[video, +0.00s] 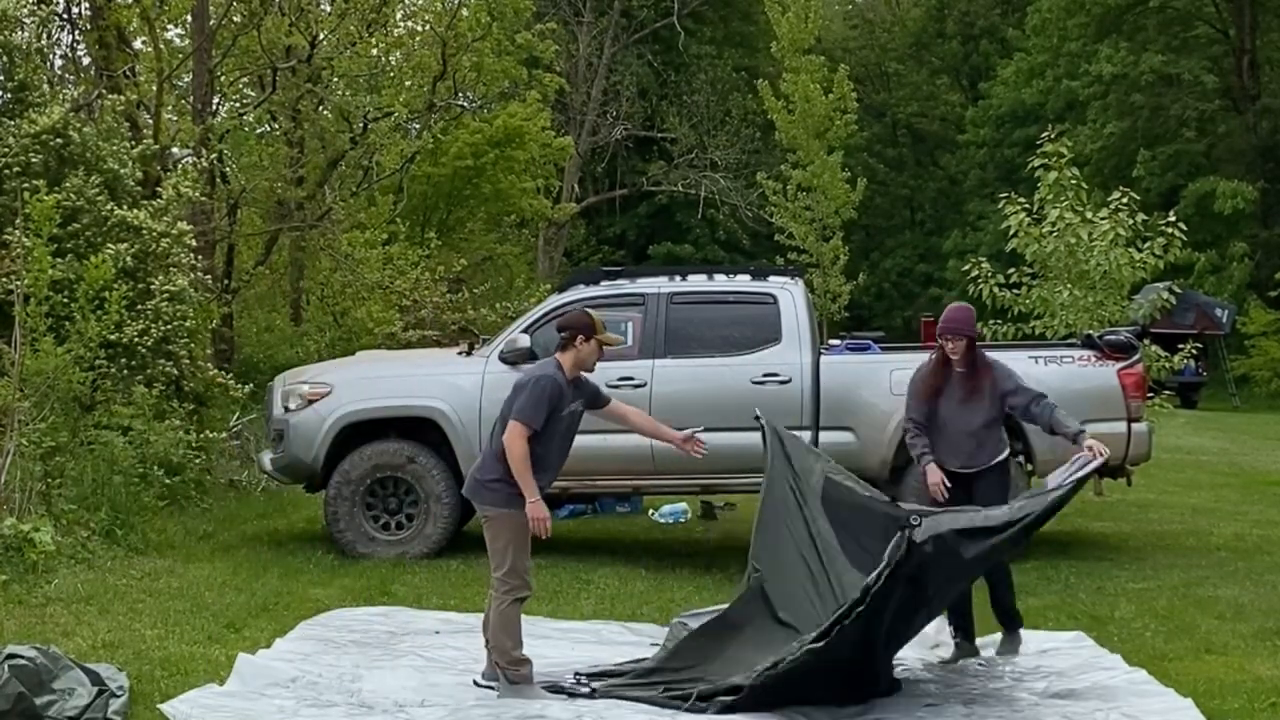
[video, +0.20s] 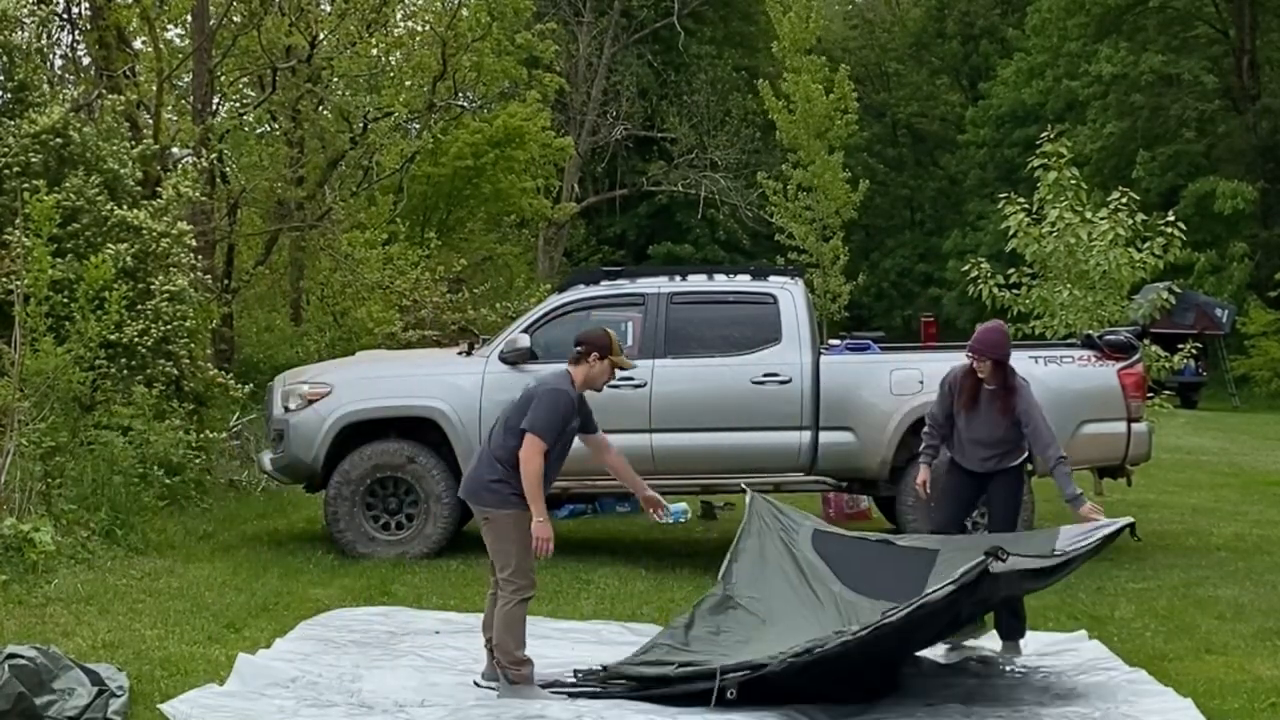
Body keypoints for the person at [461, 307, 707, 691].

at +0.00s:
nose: (601, 352)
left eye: (601, 345)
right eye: (598, 344)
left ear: (576, 344)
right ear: (579, 343)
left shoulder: (579, 385)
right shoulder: (542, 380)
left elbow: (623, 413)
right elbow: (514, 438)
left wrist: (673, 437)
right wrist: (532, 497)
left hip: (514, 494)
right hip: (500, 493)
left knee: (508, 584)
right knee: (511, 586)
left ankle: (496, 666)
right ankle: (513, 676)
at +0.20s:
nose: (612, 377)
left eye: (615, 370)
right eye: (612, 368)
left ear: (589, 360)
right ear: (594, 360)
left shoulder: (575, 399)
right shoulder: (557, 394)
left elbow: (604, 451)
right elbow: (530, 453)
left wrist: (643, 491)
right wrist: (540, 516)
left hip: (503, 493)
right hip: (498, 494)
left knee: (505, 582)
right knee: (517, 583)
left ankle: (496, 666)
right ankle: (514, 676)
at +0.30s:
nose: (628, 421)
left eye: (631, 415)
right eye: (628, 413)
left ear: (607, 403)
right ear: (612, 405)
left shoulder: (571, 425)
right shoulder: (573, 435)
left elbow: (562, 506)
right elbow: (558, 510)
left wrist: (578, 556)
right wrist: (571, 577)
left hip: (477, 492)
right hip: (490, 497)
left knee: (508, 583)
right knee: (531, 584)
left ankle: (496, 666)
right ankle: (517, 678)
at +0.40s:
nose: (635, 431)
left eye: (637, 424)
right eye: (634, 423)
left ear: (611, 412)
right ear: (618, 417)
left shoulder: (572, 421)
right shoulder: (581, 453)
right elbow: (585, 538)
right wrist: (591, 604)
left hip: (478, 496)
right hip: (496, 504)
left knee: (517, 584)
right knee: (547, 585)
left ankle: (498, 664)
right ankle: (520, 678)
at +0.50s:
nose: (636, 400)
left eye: (638, 393)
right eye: (635, 393)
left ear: (603, 384)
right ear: (616, 390)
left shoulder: (567, 396)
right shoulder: (588, 438)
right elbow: (586, 517)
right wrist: (597, 577)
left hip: (483, 487)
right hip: (509, 501)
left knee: (507, 575)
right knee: (544, 591)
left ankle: (480, 655)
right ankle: (519, 680)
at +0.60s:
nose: (607, 336)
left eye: (606, 330)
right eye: (605, 330)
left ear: (568, 332)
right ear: (591, 335)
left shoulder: (536, 361)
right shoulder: (586, 391)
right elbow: (599, 468)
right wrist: (642, 507)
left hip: (494, 485)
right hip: (533, 498)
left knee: (509, 572)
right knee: (538, 590)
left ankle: (464, 647)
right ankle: (518, 680)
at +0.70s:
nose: (592, 339)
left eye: (592, 332)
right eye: (591, 331)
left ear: (550, 331)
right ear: (578, 331)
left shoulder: (521, 369)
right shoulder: (579, 379)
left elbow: (518, 442)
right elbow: (645, 432)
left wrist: (558, 483)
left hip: (494, 493)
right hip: (536, 500)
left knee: (507, 589)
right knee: (573, 581)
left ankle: (481, 681)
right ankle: (529, 670)